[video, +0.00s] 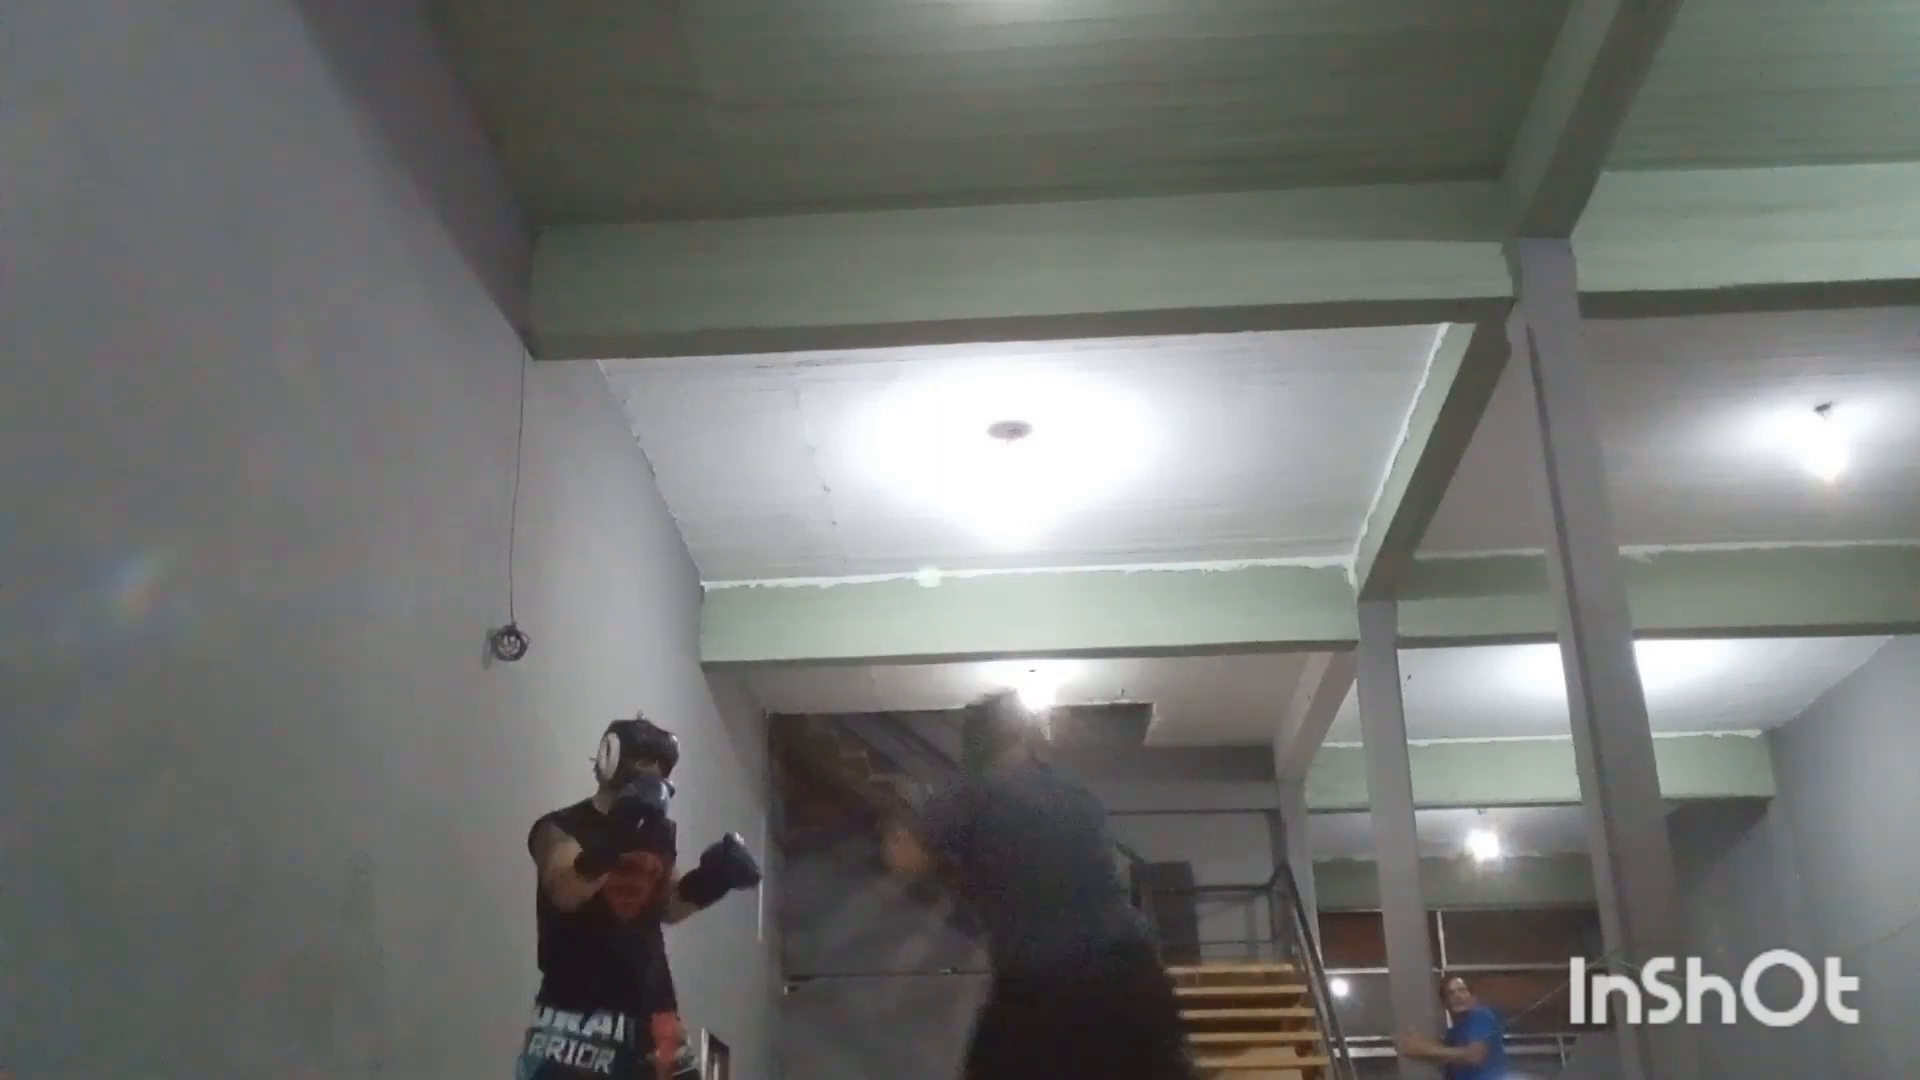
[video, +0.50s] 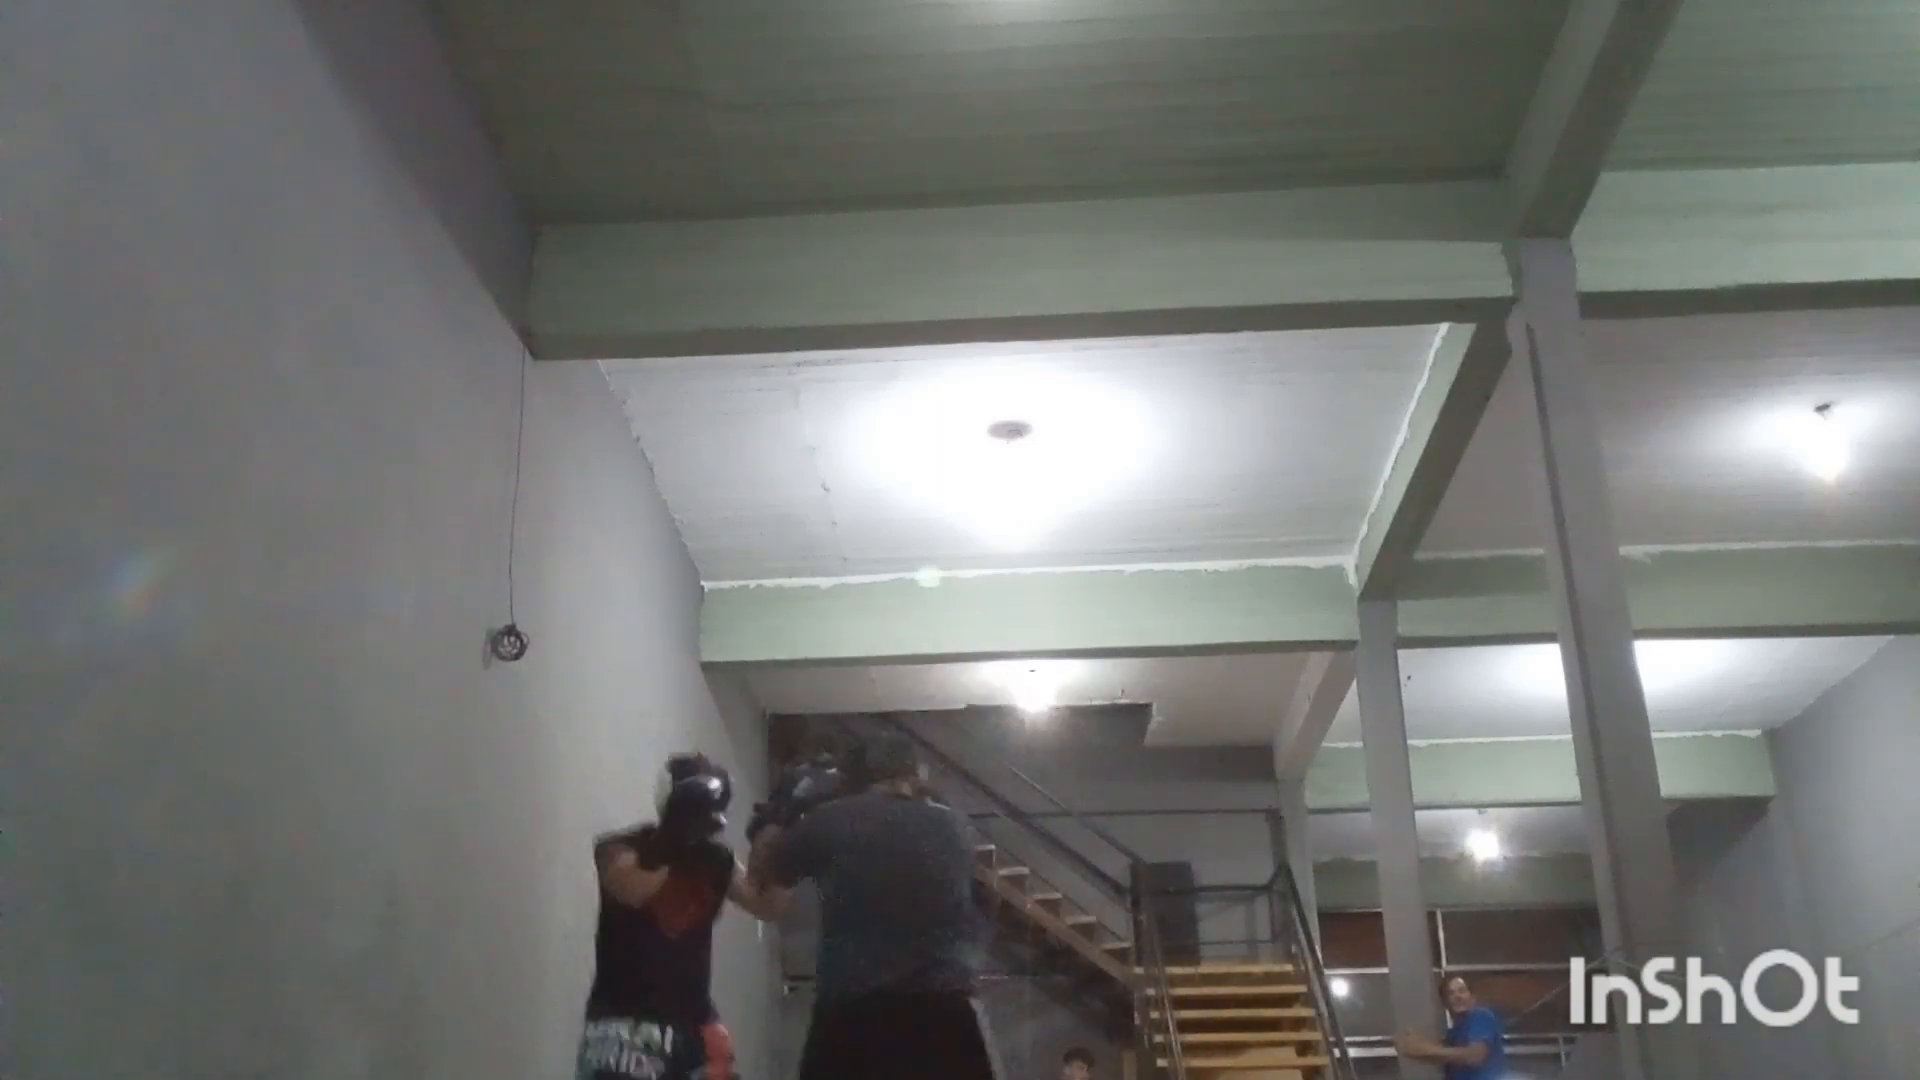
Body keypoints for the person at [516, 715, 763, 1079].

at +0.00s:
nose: (651, 788)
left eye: (660, 779)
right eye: (642, 774)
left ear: (667, 778)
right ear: (609, 763)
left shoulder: (660, 832)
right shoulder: (558, 828)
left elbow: (668, 909)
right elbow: (564, 894)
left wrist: (714, 878)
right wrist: (618, 832)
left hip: (650, 1011)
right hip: (575, 1011)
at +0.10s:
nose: (651, 786)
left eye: (661, 778)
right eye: (642, 771)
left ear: (668, 784)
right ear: (612, 767)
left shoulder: (660, 836)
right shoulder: (558, 831)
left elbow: (685, 910)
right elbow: (569, 897)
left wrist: (721, 871)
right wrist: (619, 834)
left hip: (650, 1014)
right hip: (576, 1011)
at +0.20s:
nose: (649, 810)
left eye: (660, 801)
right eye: (639, 798)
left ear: (666, 809)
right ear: (611, 798)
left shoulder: (664, 867)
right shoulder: (565, 861)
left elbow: (718, 921)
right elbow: (578, 906)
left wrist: (737, 860)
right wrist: (625, 838)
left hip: (651, 1045)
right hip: (578, 1040)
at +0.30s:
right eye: (650, 794)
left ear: (678, 802)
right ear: (626, 788)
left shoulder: (676, 855)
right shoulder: (583, 848)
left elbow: (729, 911)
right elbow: (584, 903)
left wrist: (741, 852)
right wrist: (635, 839)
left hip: (661, 1042)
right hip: (591, 1036)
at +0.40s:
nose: (691, 802)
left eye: (698, 792)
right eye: (682, 790)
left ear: (703, 789)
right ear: (655, 782)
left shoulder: (698, 838)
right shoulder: (600, 831)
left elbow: (746, 899)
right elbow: (604, 888)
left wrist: (753, 847)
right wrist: (656, 830)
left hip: (679, 1010)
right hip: (611, 1014)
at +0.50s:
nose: (705, 816)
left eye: (714, 808)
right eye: (697, 805)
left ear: (721, 812)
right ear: (674, 800)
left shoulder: (714, 860)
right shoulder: (618, 849)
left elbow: (769, 906)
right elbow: (632, 892)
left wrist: (771, 841)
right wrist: (675, 834)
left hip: (691, 1022)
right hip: (622, 1022)